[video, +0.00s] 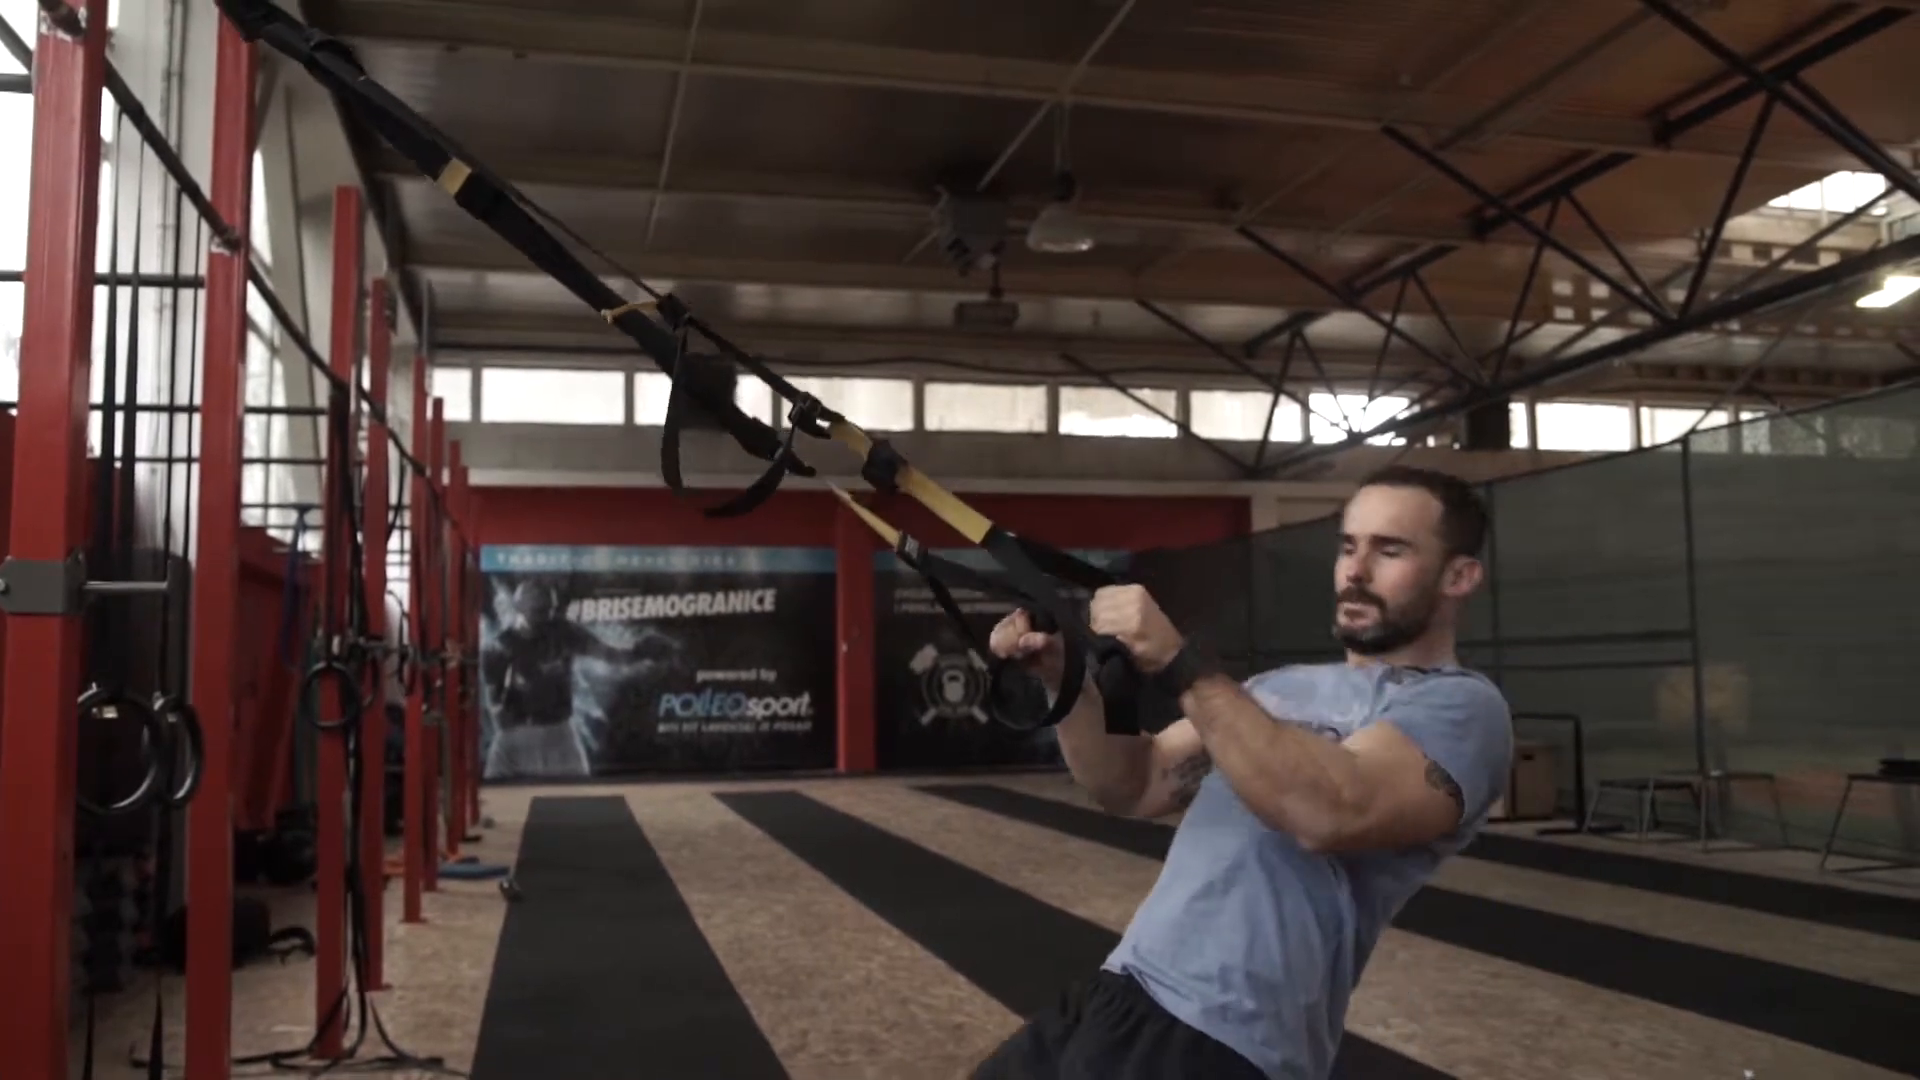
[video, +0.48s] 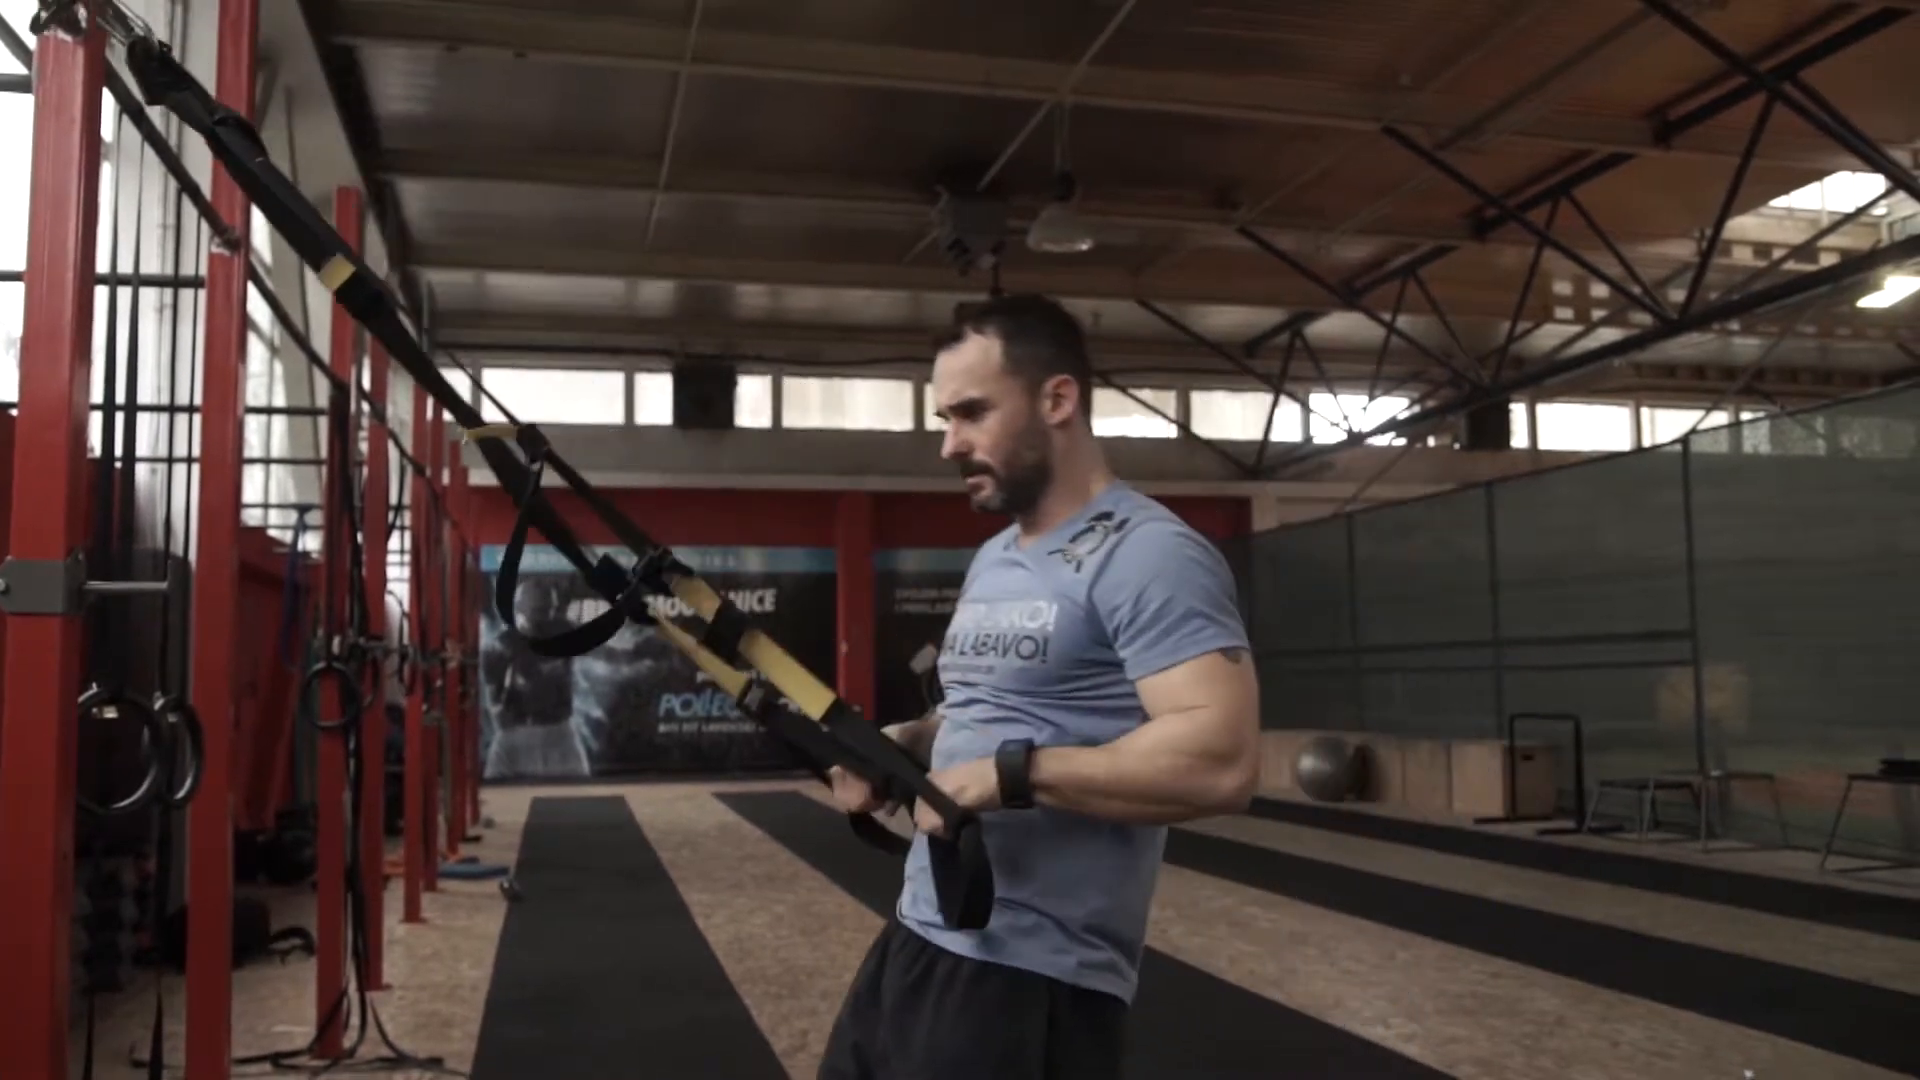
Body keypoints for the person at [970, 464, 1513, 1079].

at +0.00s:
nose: (1354, 571)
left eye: (1389, 551)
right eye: (1348, 548)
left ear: (1460, 579)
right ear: (1336, 555)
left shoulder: (1468, 713)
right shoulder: (1285, 685)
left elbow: (1329, 809)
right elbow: (1133, 786)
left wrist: (1182, 661)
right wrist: (1068, 680)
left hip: (1231, 1049)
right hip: (1113, 995)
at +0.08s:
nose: (1281, 538)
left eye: (1315, 514)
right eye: (1277, 514)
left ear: (1393, 530)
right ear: (1267, 519)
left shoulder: (1417, 675)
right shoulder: (1244, 653)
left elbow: (1320, 827)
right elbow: (1112, 793)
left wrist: (1167, 685)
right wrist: (1045, 697)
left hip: (1192, 1033)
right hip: (1078, 979)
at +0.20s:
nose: (1168, 495)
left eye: (1196, 466)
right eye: (1164, 472)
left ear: (1280, 465)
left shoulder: (1328, 623)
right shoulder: (1164, 605)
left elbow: (1313, 822)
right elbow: (1095, 775)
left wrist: (1133, 715)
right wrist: (1011, 713)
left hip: (1128, 1014)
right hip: (1017, 960)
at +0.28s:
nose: (1094, 475)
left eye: (1121, 444)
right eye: (1090, 451)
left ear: (1206, 436)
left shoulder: (1268, 596)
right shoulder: (1111, 582)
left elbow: (1297, 803)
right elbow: (1078, 755)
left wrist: (1097, 729)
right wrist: (982, 726)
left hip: (1089, 1002)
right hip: (973, 956)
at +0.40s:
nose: (999, 455)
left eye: (1022, 422)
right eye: (994, 430)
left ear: (1110, 411)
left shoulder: (1191, 567)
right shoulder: (1036, 567)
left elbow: (1254, 776)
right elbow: (1023, 763)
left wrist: (1046, 757)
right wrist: (921, 774)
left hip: (1049, 994)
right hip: (931, 957)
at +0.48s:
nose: (951, 445)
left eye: (973, 412)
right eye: (946, 420)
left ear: (1059, 399)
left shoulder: (1151, 555)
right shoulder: (996, 557)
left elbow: (1218, 761)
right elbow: (990, 715)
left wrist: (1012, 774)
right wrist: (891, 750)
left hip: (1036, 986)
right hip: (916, 953)